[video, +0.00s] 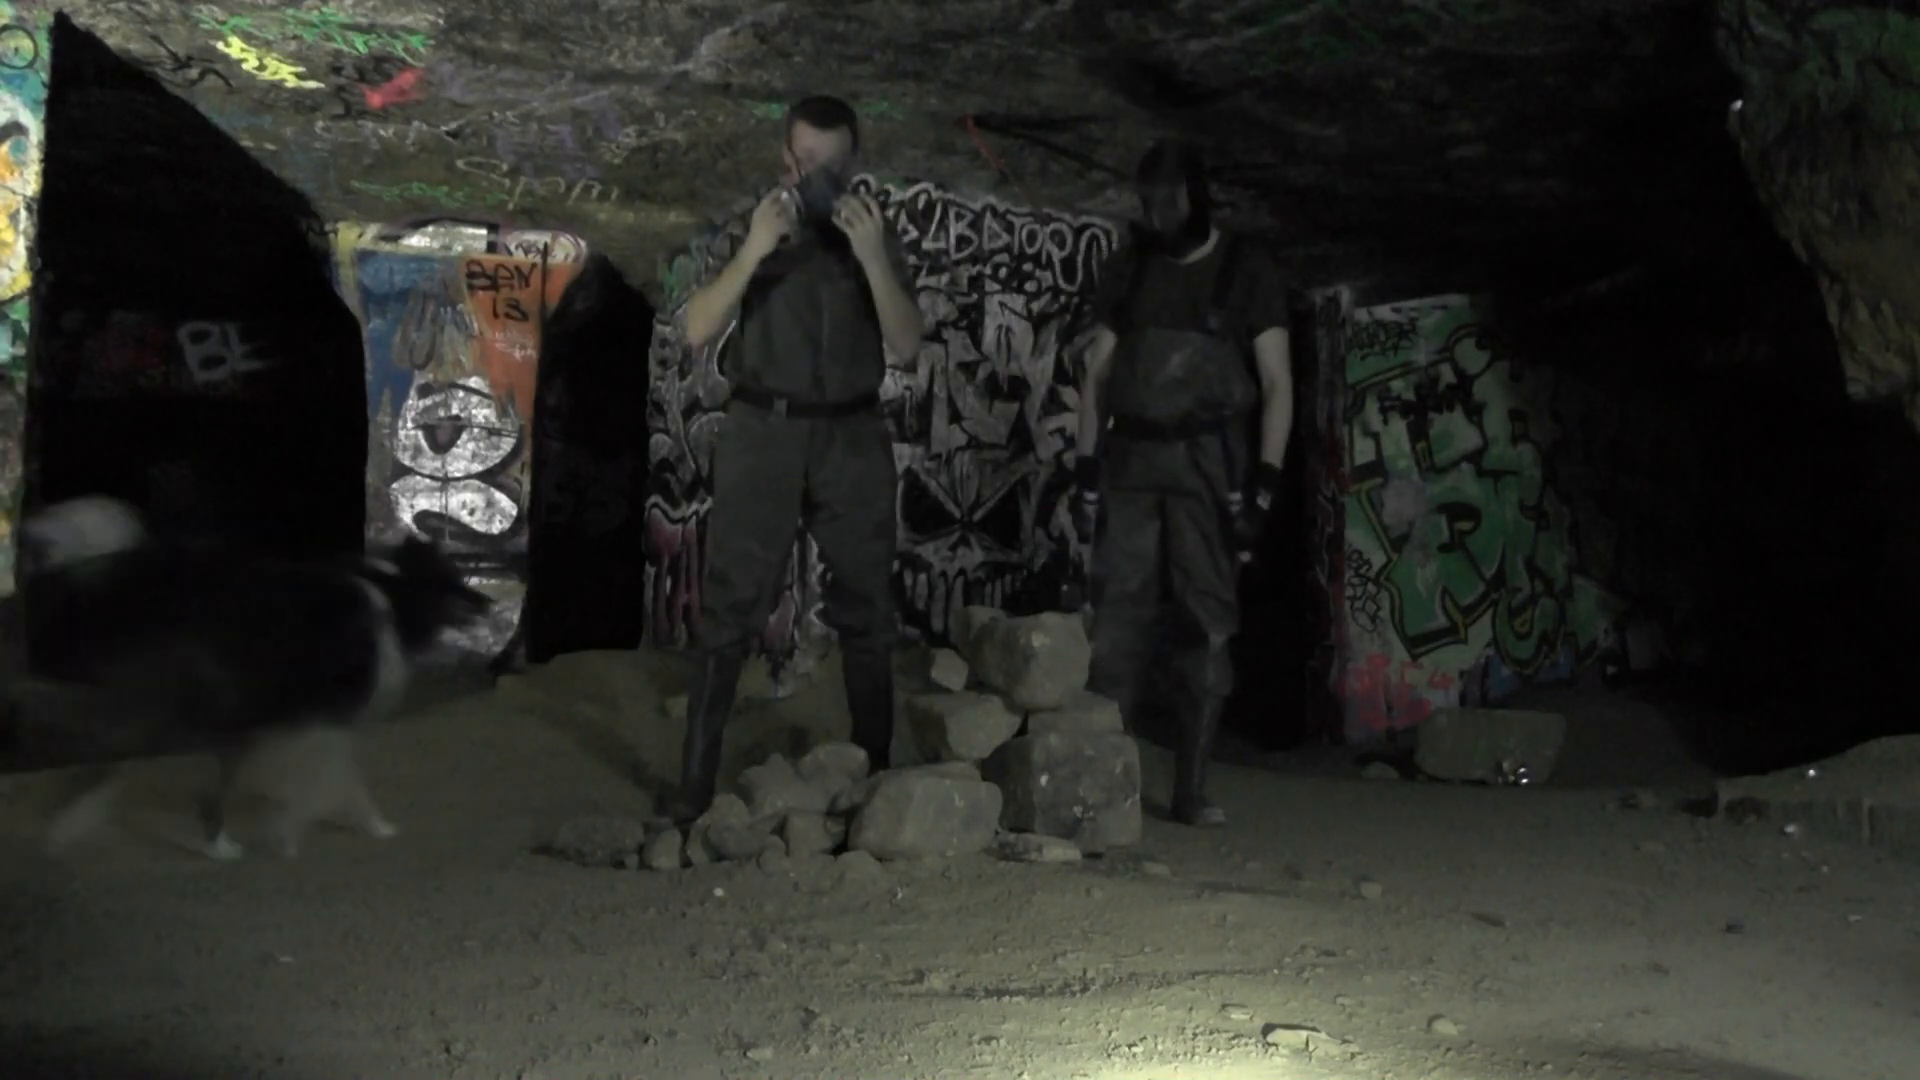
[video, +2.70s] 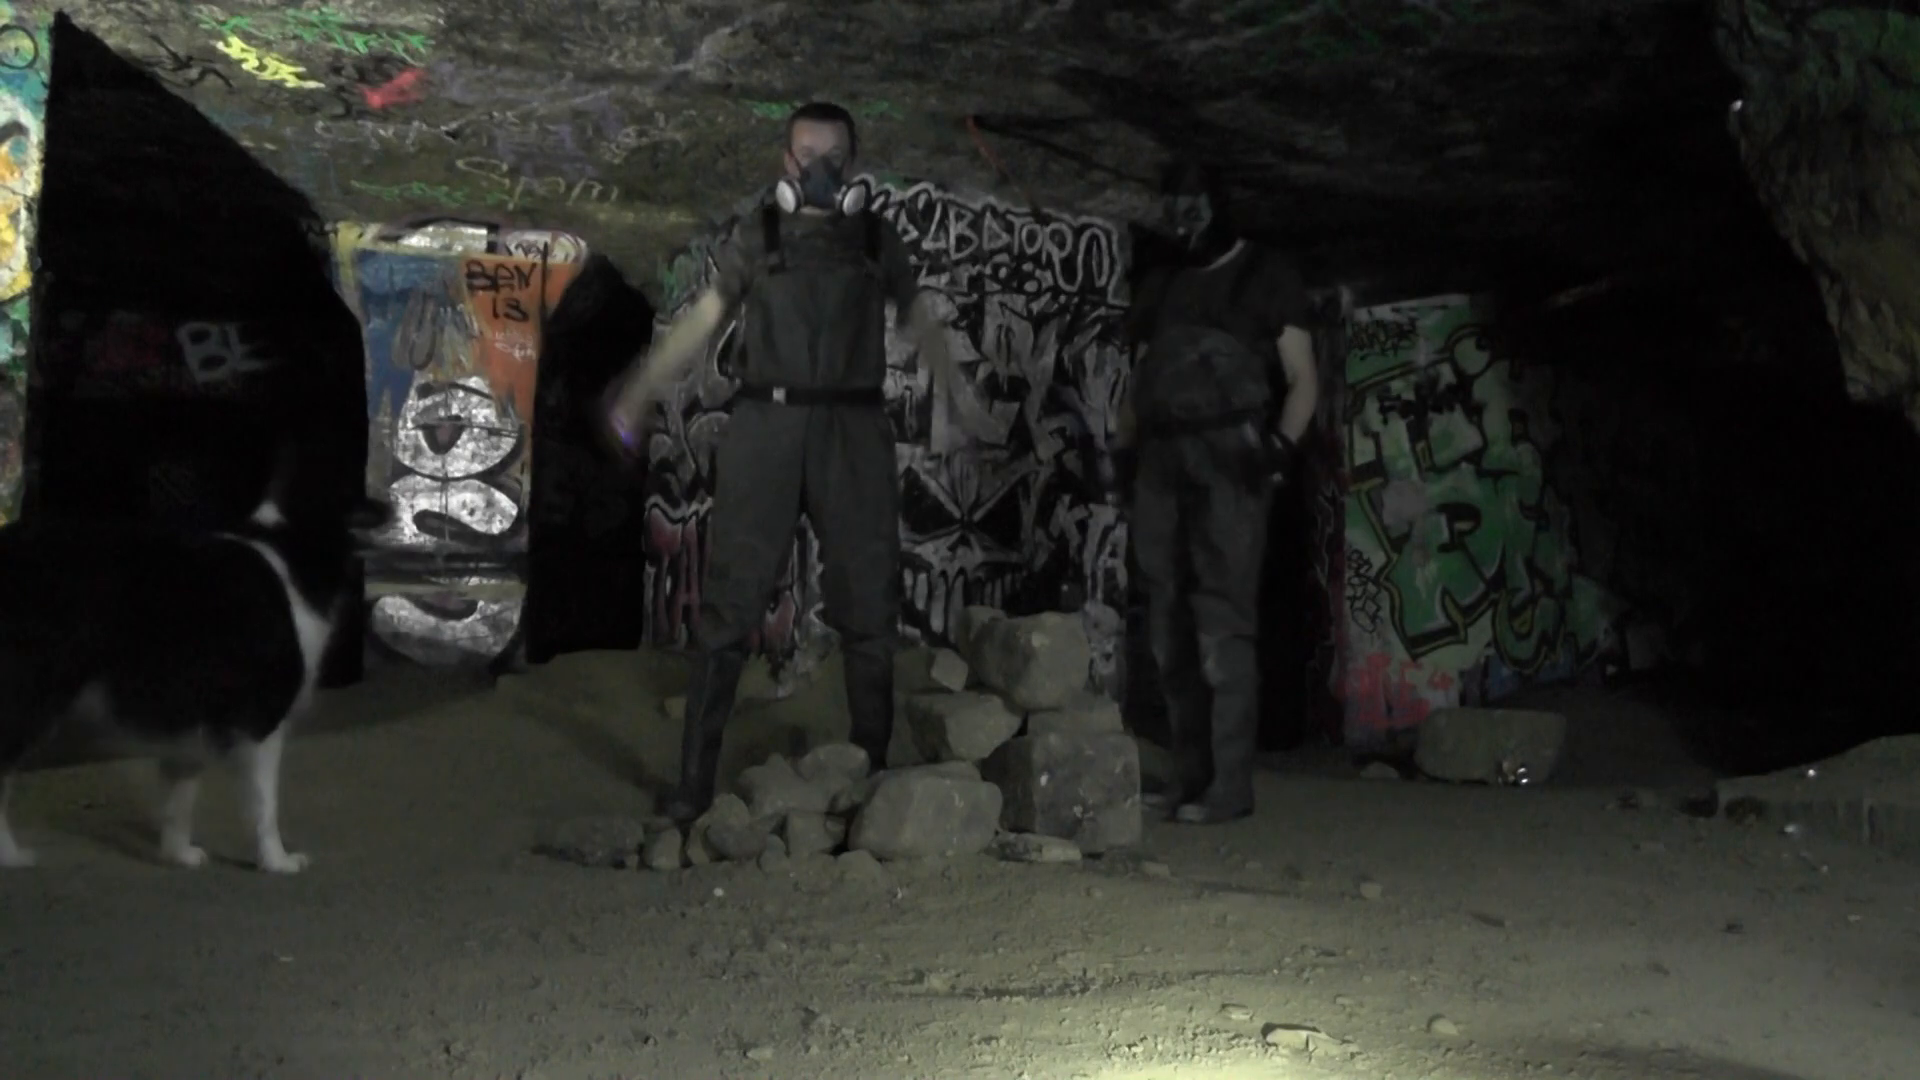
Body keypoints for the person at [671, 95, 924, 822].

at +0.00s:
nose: (816, 182)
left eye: (831, 169)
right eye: (805, 166)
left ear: (855, 161)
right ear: (785, 155)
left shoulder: (874, 230)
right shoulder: (751, 229)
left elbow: (906, 348)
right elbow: (696, 333)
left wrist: (873, 254)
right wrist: (753, 250)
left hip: (853, 446)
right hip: (760, 443)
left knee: (866, 618)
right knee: (730, 614)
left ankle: (876, 782)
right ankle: (695, 788)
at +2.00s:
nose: (809, 181)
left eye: (823, 169)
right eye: (799, 168)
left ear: (847, 166)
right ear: (780, 162)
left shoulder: (869, 238)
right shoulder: (748, 236)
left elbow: (906, 342)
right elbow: (701, 333)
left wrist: (870, 251)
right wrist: (752, 247)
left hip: (850, 444)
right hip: (760, 443)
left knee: (865, 618)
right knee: (730, 612)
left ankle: (873, 783)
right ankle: (694, 786)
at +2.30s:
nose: (815, 183)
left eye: (829, 170)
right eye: (804, 167)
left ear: (851, 168)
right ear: (784, 160)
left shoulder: (875, 239)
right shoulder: (744, 235)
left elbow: (916, 350)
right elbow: (699, 341)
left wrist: (881, 275)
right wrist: (744, 290)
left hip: (854, 441)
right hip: (763, 439)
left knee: (868, 613)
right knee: (732, 608)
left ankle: (874, 780)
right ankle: (695, 788)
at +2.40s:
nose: (815, 180)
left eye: (828, 169)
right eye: (804, 166)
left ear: (849, 167)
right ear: (785, 160)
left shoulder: (876, 240)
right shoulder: (750, 236)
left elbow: (918, 341)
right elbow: (709, 335)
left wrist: (930, 429)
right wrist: (694, 431)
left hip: (854, 442)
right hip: (762, 440)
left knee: (869, 613)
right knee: (731, 607)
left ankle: (873, 777)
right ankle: (694, 785)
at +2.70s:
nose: (820, 173)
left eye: (834, 161)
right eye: (808, 158)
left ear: (854, 164)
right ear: (785, 156)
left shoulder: (877, 236)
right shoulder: (754, 229)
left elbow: (925, 326)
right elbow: (701, 321)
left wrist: (959, 404)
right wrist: (639, 393)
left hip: (855, 441)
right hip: (764, 439)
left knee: (867, 612)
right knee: (733, 608)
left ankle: (873, 776)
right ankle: (694, 785)